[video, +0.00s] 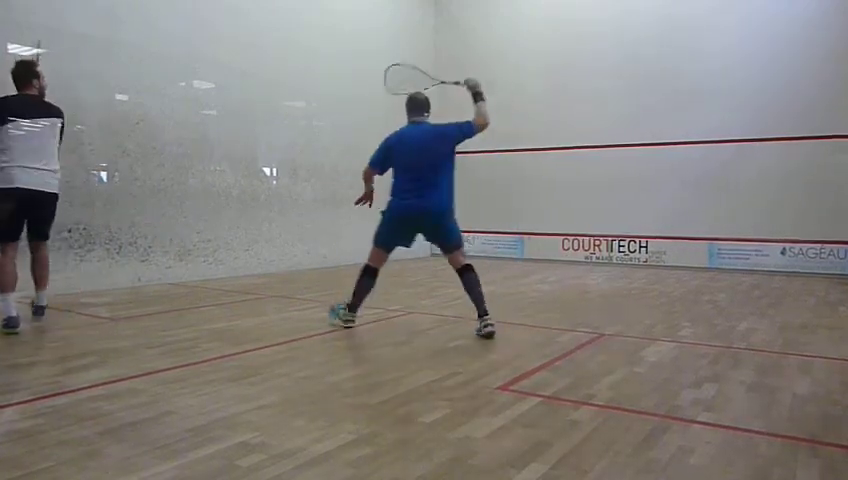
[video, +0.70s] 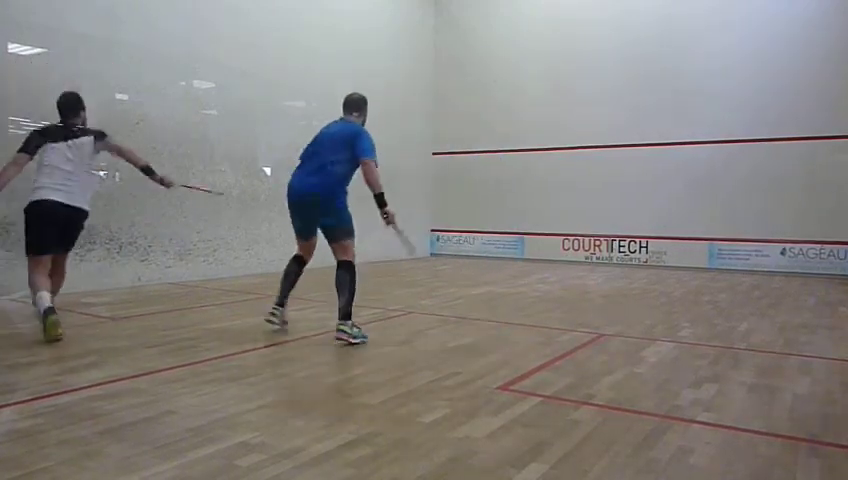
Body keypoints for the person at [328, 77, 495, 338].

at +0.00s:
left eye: (413, 107)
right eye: (424, 108)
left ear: (406, 112)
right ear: (428, 111)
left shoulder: (395, 140)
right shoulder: (445, 133)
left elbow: (368, 172)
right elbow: (482, 122)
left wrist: (368, 191)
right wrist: (477, 94)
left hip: (400, 212)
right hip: (438, 212)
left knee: (375, 260)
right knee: (459, 260)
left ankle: (350, 311)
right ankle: (484, 317)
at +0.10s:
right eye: (404, 108)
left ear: (385, 110)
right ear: (407, 110)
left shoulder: (374, 136)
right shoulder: (419, 134)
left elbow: (353, 169)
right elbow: (455, 137)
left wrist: (363, 187)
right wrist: (465, 116)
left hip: (375, 208)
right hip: (411, 208)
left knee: (356, 256)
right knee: (435, 259)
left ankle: (345, 312)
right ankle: (461, 315)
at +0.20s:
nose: (379, 106)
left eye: (372, 102)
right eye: (385, 102)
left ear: (367, 103)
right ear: (389, 102)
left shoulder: (356, 128)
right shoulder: (399, 126)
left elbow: (336, 161)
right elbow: (426, 147)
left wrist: (353, 180)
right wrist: (455, 142)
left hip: (359, 199)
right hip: (392, 199)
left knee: (351, 253)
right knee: (407, 253)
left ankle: (343, 311)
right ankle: (407, 314)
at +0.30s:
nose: (369, 105)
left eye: (359, 100)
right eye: (374, 101)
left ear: (354, 101)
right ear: (376, 101)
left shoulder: (342, 126)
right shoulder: (386, 124)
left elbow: (320, 158)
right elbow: (408, 152)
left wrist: (336, 179)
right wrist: (441, 163)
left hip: (346, 197)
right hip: (377, 197)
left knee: (341, 252)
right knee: (385, 255)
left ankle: (329, 307)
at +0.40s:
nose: (357, 110)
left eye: (347, 105)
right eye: (364, 105)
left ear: (345, 106)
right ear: (367, 106)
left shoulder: (332, 131)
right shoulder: (375, 131)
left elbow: (304, 159)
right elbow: (392, 159)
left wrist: (318, 184)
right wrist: (428, 180)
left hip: (332, 200)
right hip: (361, 201)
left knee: (335, 252)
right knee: (367, 259)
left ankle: (322, 310)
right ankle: (330, 307)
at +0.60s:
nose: (365, 108)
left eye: (362, 104)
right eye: (366, 104)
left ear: (343, 101)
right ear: (363, 103)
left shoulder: (323, 122)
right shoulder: (365, 126)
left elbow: (299, 156)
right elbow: (380, 164)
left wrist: (313, 181)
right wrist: (400, 196)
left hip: (310, 188)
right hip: (340, 190)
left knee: (315, 248)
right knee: (345, 251)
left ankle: (309, 309)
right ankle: (326, 312)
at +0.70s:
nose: (363, 119)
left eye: (362, 115)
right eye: (364, 115)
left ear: (344, 112)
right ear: (362, 114)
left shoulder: (327, 130)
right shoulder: (360, 134)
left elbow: (304, 160)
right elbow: (369, 170)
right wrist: (383, 207)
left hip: (298, 191)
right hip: (328, 195)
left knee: (304, 251)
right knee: (345, 256)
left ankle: (278, 307)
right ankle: (344, 323)